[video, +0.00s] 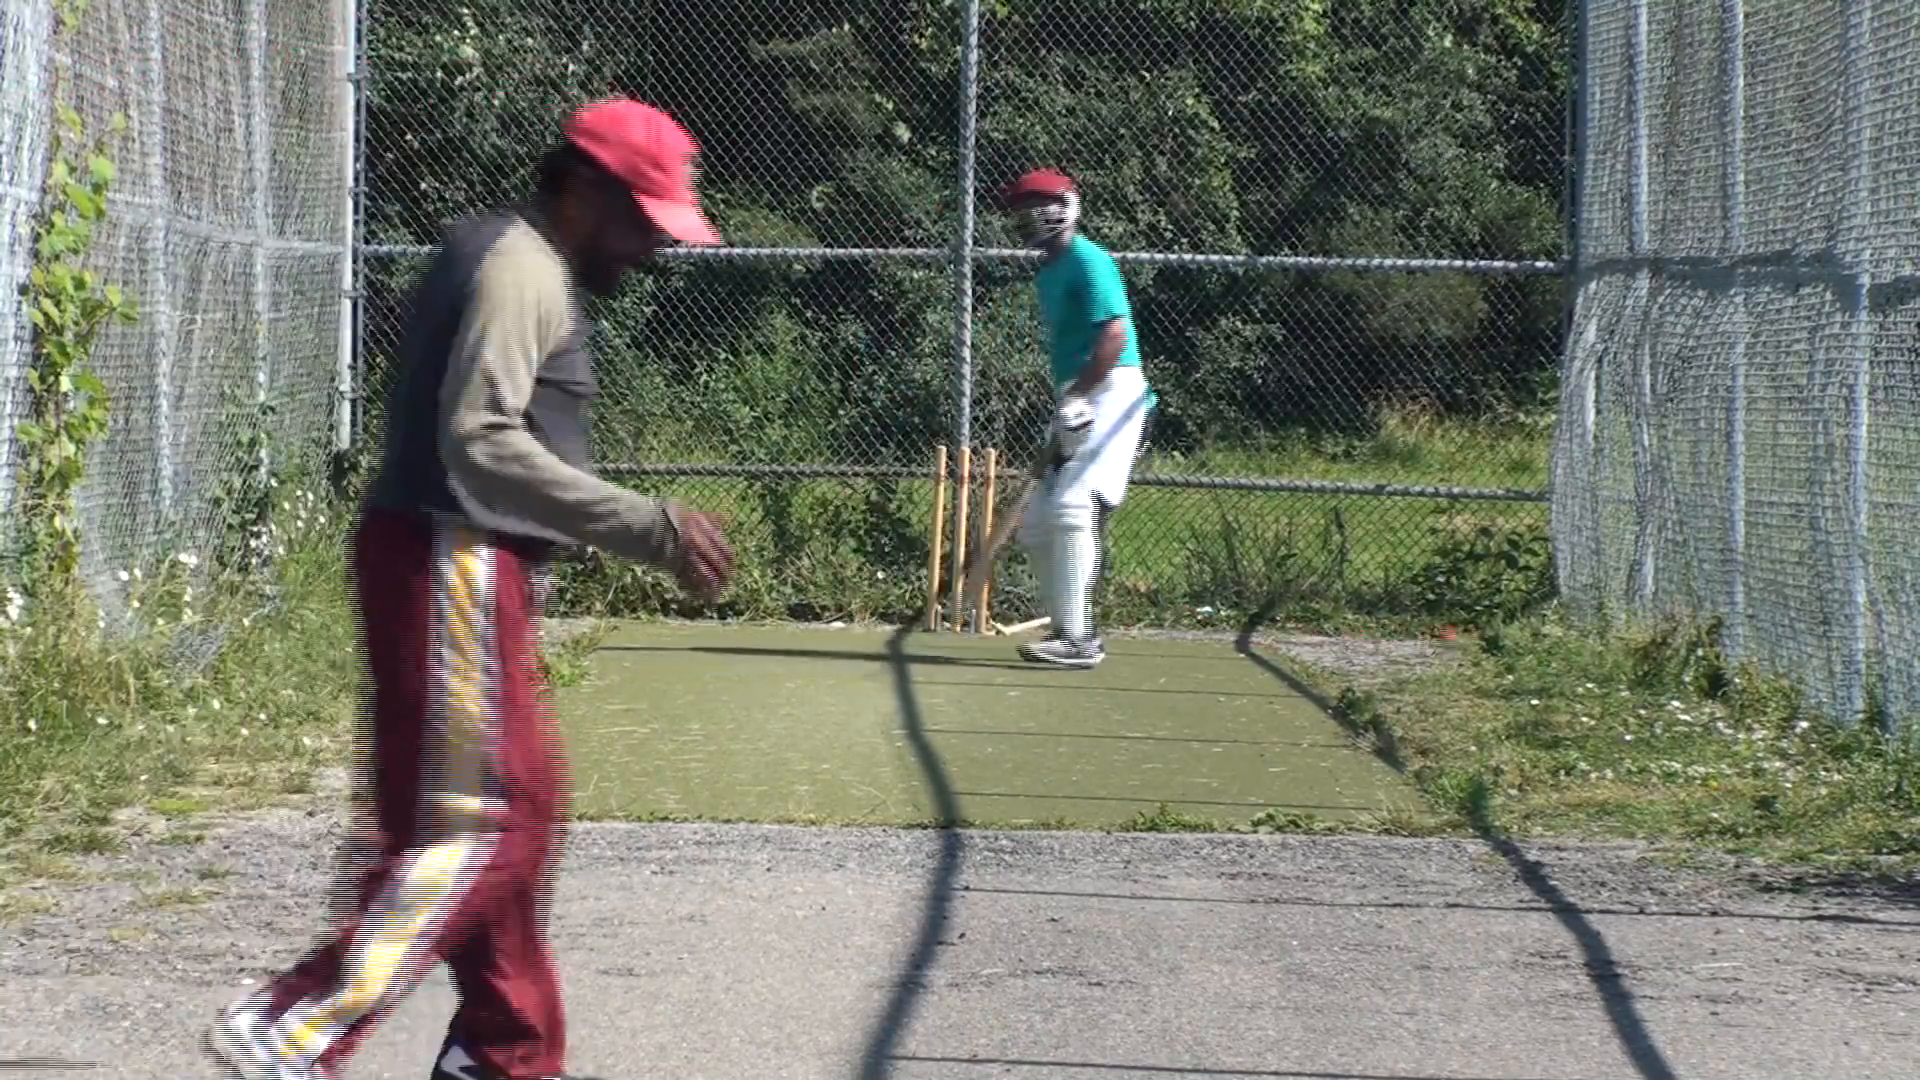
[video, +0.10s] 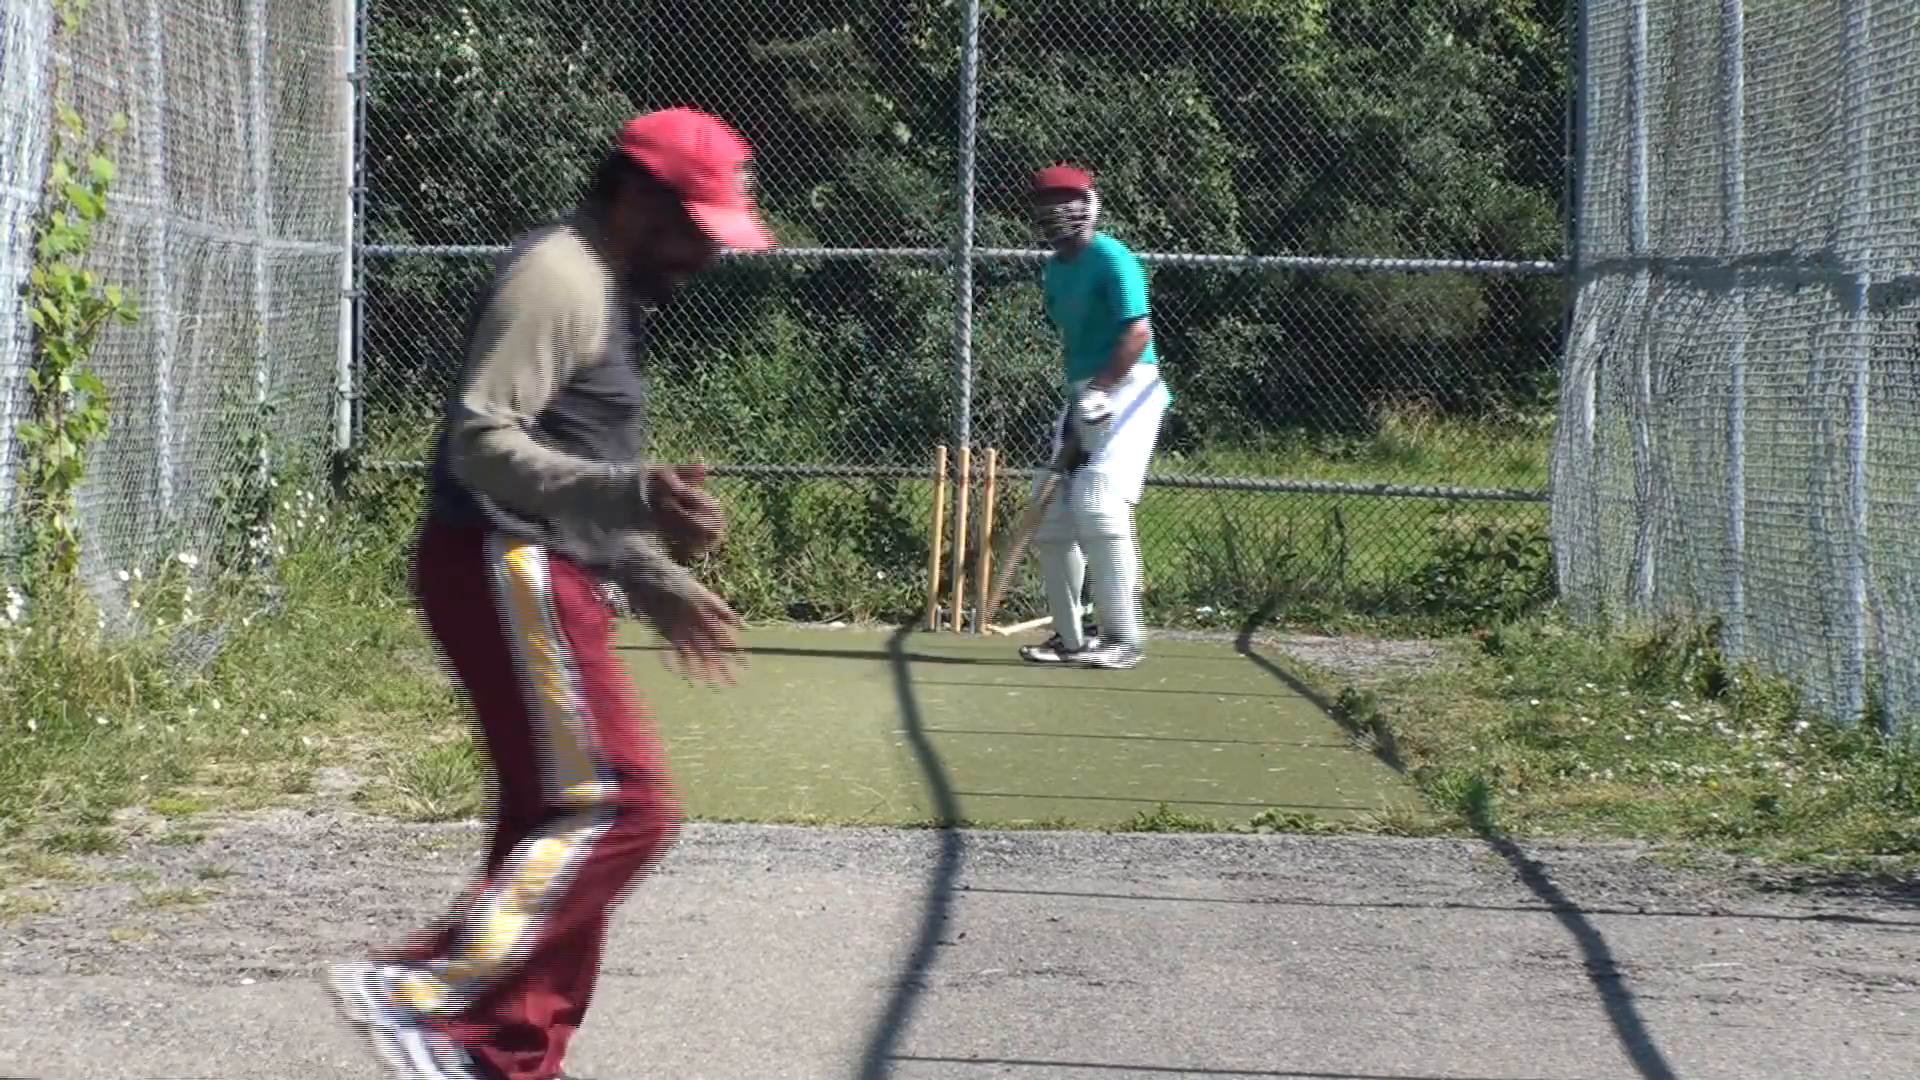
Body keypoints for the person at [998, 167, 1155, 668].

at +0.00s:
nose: (1046, 218)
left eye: (1054, 207)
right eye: (1033, 213)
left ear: (1073, 208)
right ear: (1021, 223)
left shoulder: (1088, 260)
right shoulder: (1048, 273)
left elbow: (1114, 337)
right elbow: (1070, 349)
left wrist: (1074, 399)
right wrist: (1060, 419)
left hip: (1115, 394)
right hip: (1082, 397)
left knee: (1070, 505)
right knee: (1039, 517)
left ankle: (1077, 635)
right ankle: (1066, 626)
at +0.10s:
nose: (1064, 217)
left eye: (1074, 207)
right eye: (1051, 211)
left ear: (1092, 208)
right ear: (1038, 219)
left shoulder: (1113, 259)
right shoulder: (1053, 272)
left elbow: (1137, 333)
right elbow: (1073, 341)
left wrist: (1099, 391)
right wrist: (1073, 410)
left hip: (1132, 392)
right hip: (1084, 394)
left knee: (1098, 504)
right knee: (1053, 519)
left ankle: (1122, 639)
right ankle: (1068, 636)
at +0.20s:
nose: (1089, 212)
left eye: (1097, 202)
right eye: (1076, 204)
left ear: (1114, 206)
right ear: (1062, 215)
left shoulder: (1134, 261)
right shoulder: (1064, 272)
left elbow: (1161, 339)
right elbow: (1070, 341)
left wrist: (1119, 399)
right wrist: (1063, 406)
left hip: (1147, 396)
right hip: (1094, 398)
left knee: (1129, 515)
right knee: (1056, 510)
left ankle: (1163, 635)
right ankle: (1076, 635)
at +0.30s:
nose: (1110, 219)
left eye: (1119, 209)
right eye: (1098, 211)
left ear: (1133, 214)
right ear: (1081, 220)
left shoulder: (1156, 268)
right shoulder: (1080, 272)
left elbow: (1180, 351)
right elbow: (1075, 341)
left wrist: (1150, 414)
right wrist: (1050, 411)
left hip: (1164, 398)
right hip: (1109, 401)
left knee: (1153, 520)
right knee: (1059, 509)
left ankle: (1177, 640)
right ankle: (1076, 636)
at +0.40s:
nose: (1128, 221)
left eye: (1138, 210)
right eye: (1116, 213)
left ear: (1156, 214)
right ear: (1103, 220)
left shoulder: (1179, 272)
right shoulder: (1093, 273)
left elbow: (1200, 350)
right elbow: (1080, 341)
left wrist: (1177, 417)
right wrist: (1050, 403)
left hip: (1174, 400)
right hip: (1115, 400)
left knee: (1166, 522)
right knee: (1072, 507)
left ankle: (1178, 641)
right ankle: (1078, 637)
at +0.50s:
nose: (1151, 215)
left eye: (1161, 205)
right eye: (1140, 207)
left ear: (1178, 210)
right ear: (1123, 213)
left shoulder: (1197, 268)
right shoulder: (1103, 267)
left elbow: (1215, 344)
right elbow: (1085, 336)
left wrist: (1197, 414)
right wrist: (1055, 398)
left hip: (1177, 400)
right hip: (1118, 399)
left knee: (1169, 517)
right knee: (1078, 506)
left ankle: (1178, 639)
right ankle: (1082, 634)